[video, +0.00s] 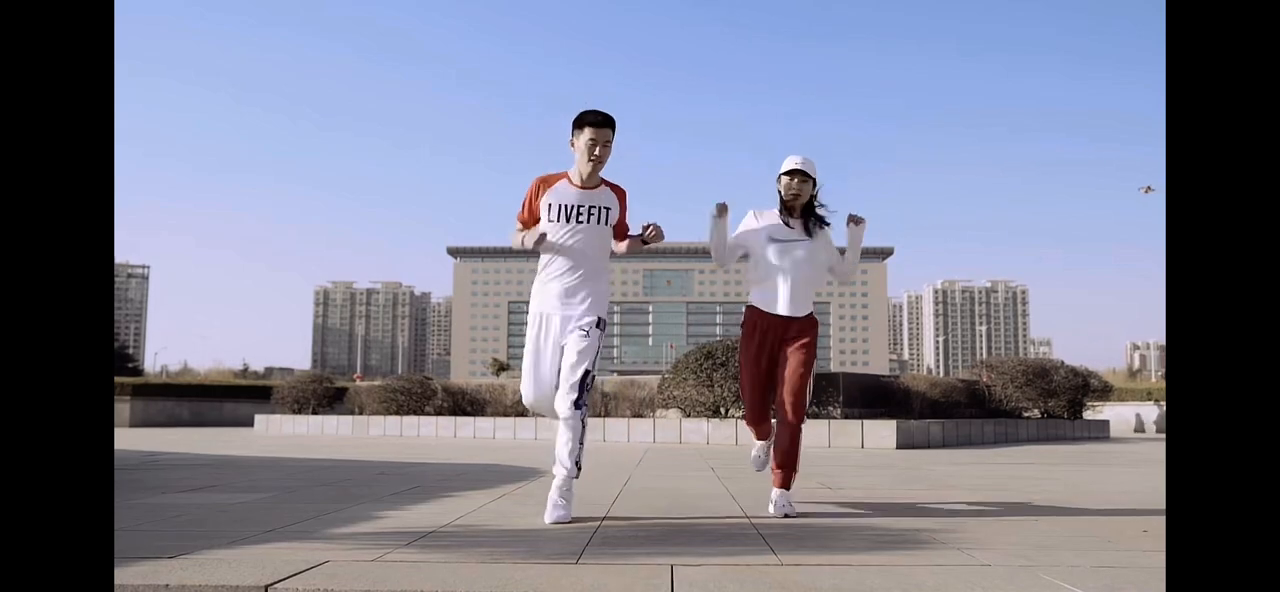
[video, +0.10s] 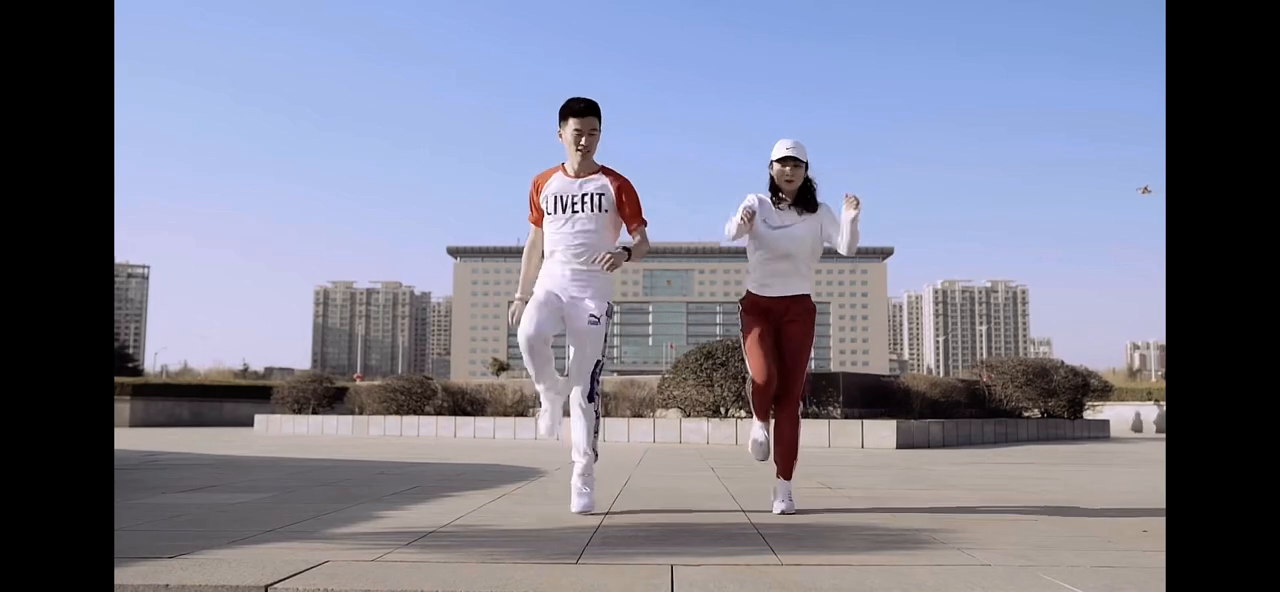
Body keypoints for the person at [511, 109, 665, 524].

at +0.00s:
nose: (597, 151)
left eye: (605, 145)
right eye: (591, 143)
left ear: (611, 150)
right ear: (574, 143)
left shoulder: (615, 196)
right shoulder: (543, 188)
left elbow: (618, 245)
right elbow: (519, 240)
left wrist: (642, 240)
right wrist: (533, 235)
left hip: (589, 308)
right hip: (546, 307)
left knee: (571, 399)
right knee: (536, 397)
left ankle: (562, 487)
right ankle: (575, 415)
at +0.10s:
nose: (584, 140)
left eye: (591, 133)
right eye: (577, 133)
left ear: (599, 137)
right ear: (562, 134)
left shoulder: (616, 185)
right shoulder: (543, 184)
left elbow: (641, 240)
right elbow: (535, 240)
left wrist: (625, 252)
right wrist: (523, 292)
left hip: (592, 288)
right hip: (549, 283)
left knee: (582, 389)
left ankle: (582, 477)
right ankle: (553, 393)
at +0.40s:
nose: (577, 138)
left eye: (583, 131)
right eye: (568, 132)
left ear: (591, 135)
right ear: (553, 138)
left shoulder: (609, 181)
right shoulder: (544, 188)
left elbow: (635, 229)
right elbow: (542, 241)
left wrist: (617, 249)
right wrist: (526, 290)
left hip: (595, 296)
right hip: (553, 292)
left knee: (591, 386)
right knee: (542, 353)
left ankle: (589, 472)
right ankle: (553, 449)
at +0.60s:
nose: (571, 159)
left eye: (576, 152)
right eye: (563, 153)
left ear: (584, 155)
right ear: (547, 158)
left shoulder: (601, 200)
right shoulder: (540, 209)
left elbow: (638, 247)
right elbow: (533, 260)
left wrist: (644, 294)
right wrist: (496, 282)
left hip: (593, 320)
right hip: (551, 319)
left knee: (594, 409)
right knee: (552, 405)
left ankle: (598, 487)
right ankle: (565, 490)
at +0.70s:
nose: (568, 142)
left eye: (574, 136)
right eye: (559, 136)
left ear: (582, 140)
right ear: (545, 143)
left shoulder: (605, 188)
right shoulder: (533, 189)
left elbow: (625, 235)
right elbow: (500, 246)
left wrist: (633, 281)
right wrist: (498, 227)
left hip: (592, 292)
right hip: (551, 295)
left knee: (583, 340)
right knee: (561, 390)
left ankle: (592, 415)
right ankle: (569, 477)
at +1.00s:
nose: (558, 130)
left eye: (564, 123)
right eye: (550, 124)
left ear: (572, 128)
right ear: (534, 131)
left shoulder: (594, 175)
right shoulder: (520, 182)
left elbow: (614, 225)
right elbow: (495, 226)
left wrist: (619, 228)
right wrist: (493, 235)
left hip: (589, 290)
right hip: (544, 294)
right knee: (548, 386)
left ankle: (609, 432)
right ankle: (565, 473)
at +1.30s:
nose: (551, 133)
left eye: (557, 126)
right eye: (542, 128)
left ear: (565, 130)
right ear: (527, 136)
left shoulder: (591, 174)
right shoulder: (519, 189)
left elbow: (617, 222)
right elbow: (498, 239)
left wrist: (626, 257)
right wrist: (481, 270)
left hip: (589, 295)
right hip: (544, 300)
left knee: (604, 384)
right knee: (549, 396)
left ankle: (588, 406)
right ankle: (553, 487)